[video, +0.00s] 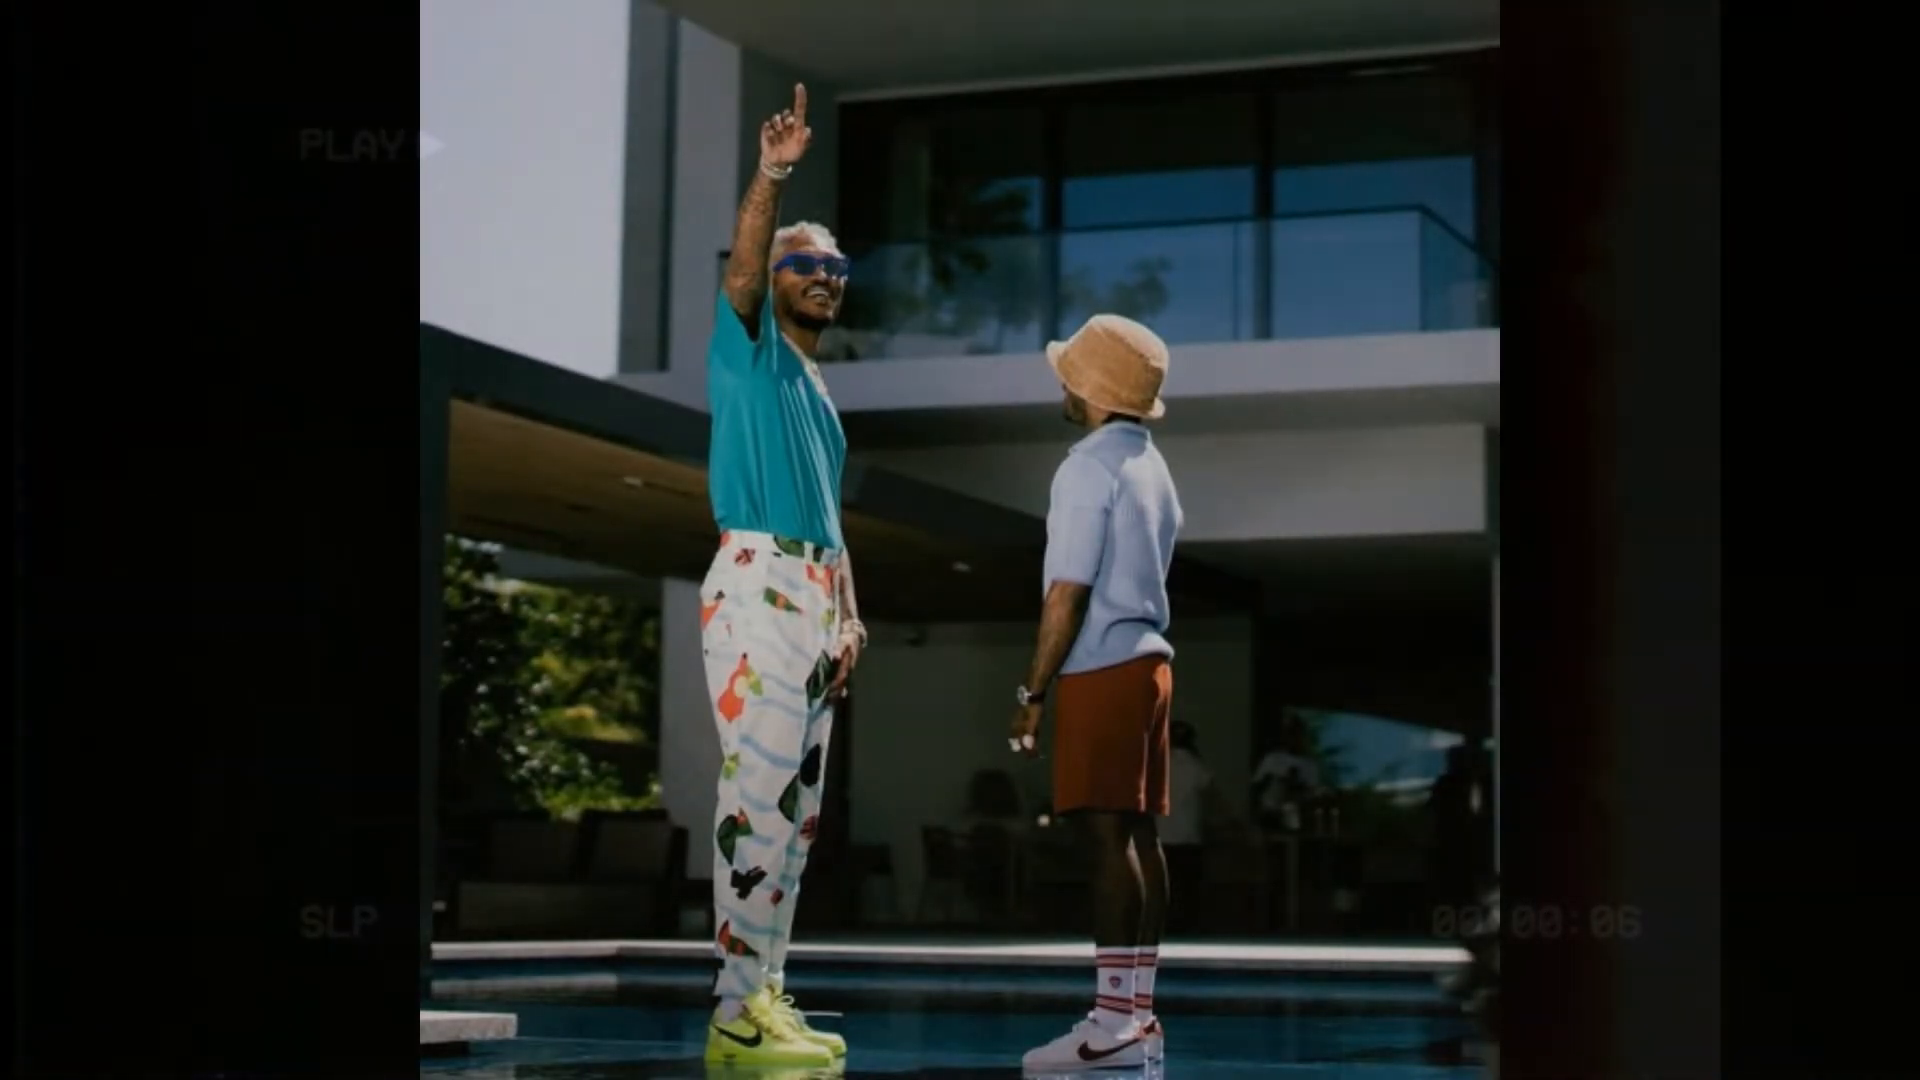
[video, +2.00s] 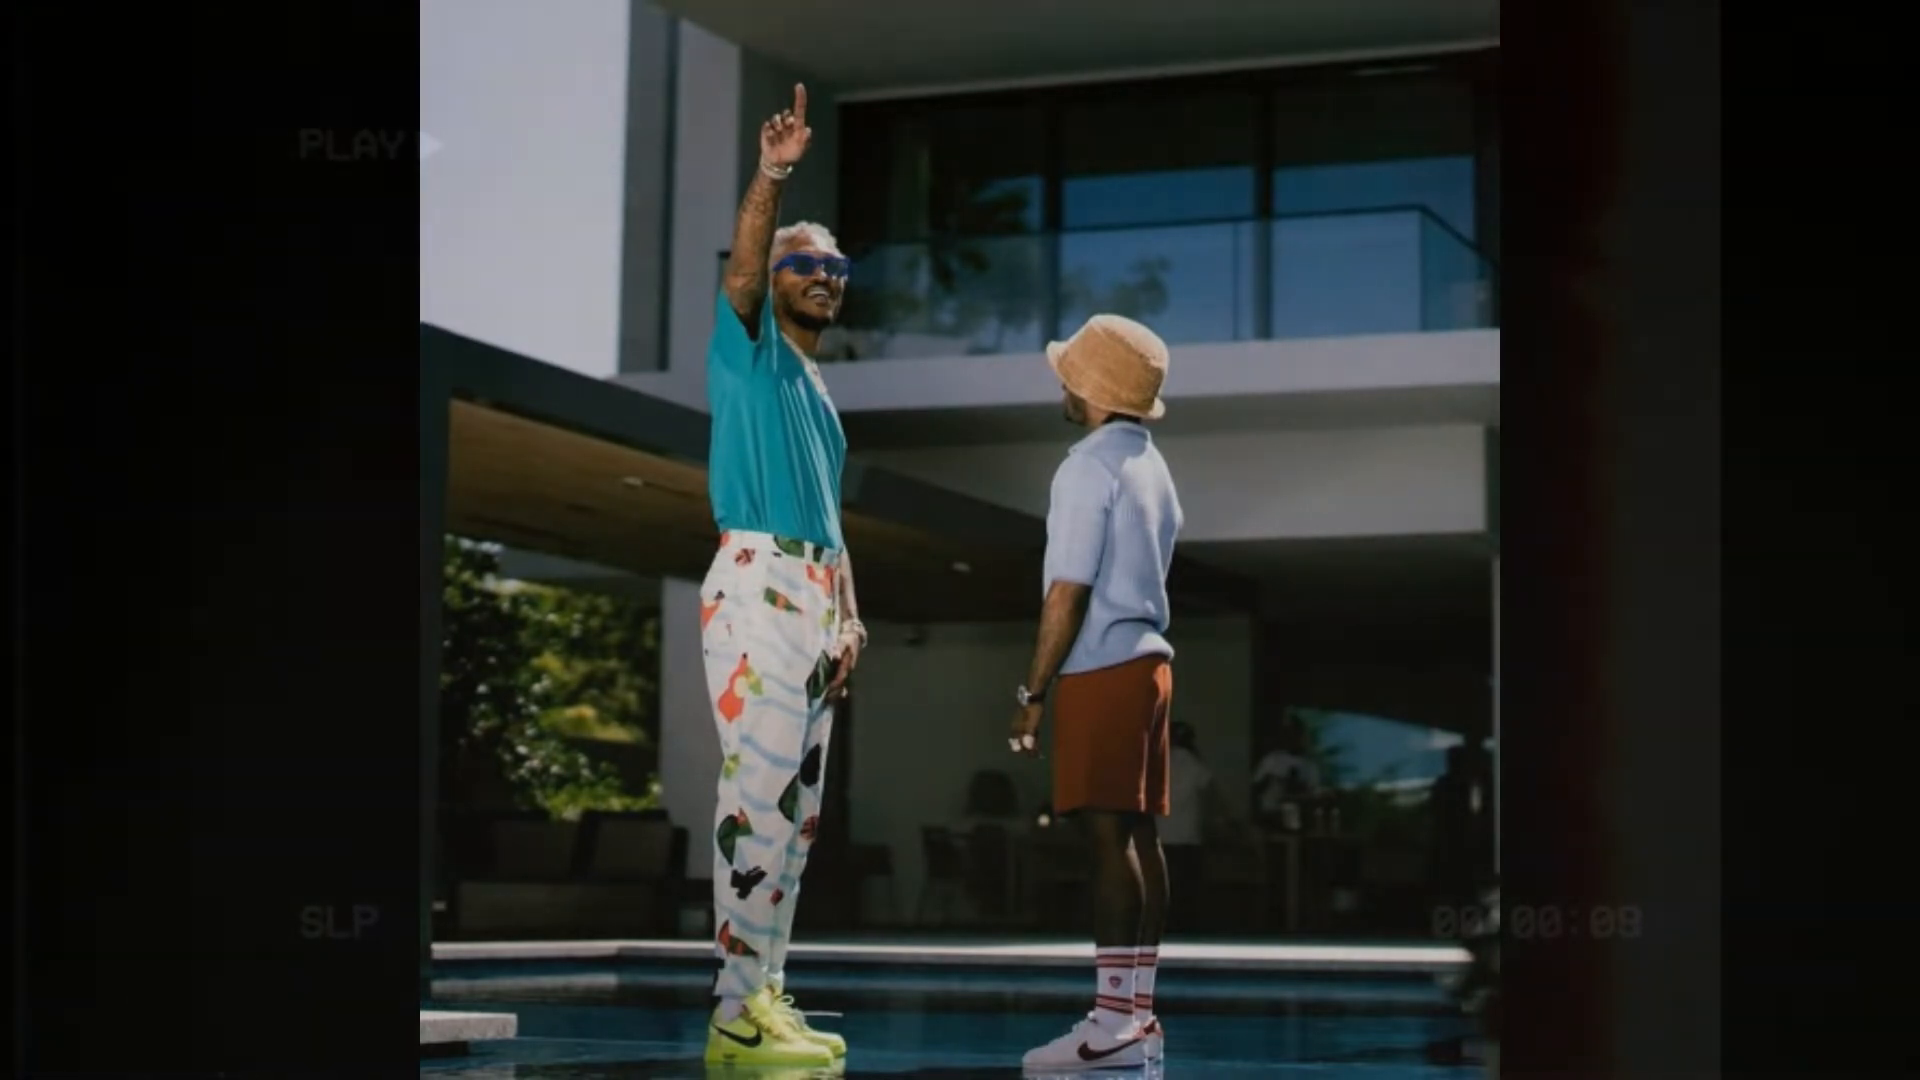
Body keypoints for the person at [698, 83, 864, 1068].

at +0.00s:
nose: (823, 283)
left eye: (834, 273)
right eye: (806, 268)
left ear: (841, 292)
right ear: (770, 278)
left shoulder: (818, 394)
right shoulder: (744, 343)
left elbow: (827, 520)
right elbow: (744, 267)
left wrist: (847, 612)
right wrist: (770, 173)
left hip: (813, 590)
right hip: (755, 581)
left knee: (793, 798)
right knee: (759, 793)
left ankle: (758, 1002)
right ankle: (745, 1007)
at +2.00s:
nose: (823, 283)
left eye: (834, 274)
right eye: (806, 268)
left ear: (841, 293)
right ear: (770, 278)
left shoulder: (818, 394)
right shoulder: (744, 343)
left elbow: (828, 520)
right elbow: (744, 268)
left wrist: (847, 612)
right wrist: (769, 174)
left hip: (814, 589)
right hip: (756, 581)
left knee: (794, 798)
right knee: (759, 791)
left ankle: (756, 1003)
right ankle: (746, 1003)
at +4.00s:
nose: (823, 282)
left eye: (834, 273)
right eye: (806, 268)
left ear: (841, 293)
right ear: (770, 278)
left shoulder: (818, 395)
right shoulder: (744, 343)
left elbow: (827, 520)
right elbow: (743, 268)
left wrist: (847, 613)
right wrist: (770, 173)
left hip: (814, 590)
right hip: (756, 582)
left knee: (794, 798)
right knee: (758, 791)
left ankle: (757, 1002)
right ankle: (746, 1003)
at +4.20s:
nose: (823, 283)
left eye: (834, 274)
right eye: (807, 268)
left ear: (841, 293)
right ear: (771, 278)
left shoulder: (818, 395)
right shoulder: (744, 344)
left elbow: (827, 520)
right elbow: (743, 269)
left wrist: (846, 613)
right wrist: (770, 173)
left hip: (814, 590)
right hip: (756, 582)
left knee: (795, 796)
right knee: (758, 788)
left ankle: (756, 1002)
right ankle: (749, 999)